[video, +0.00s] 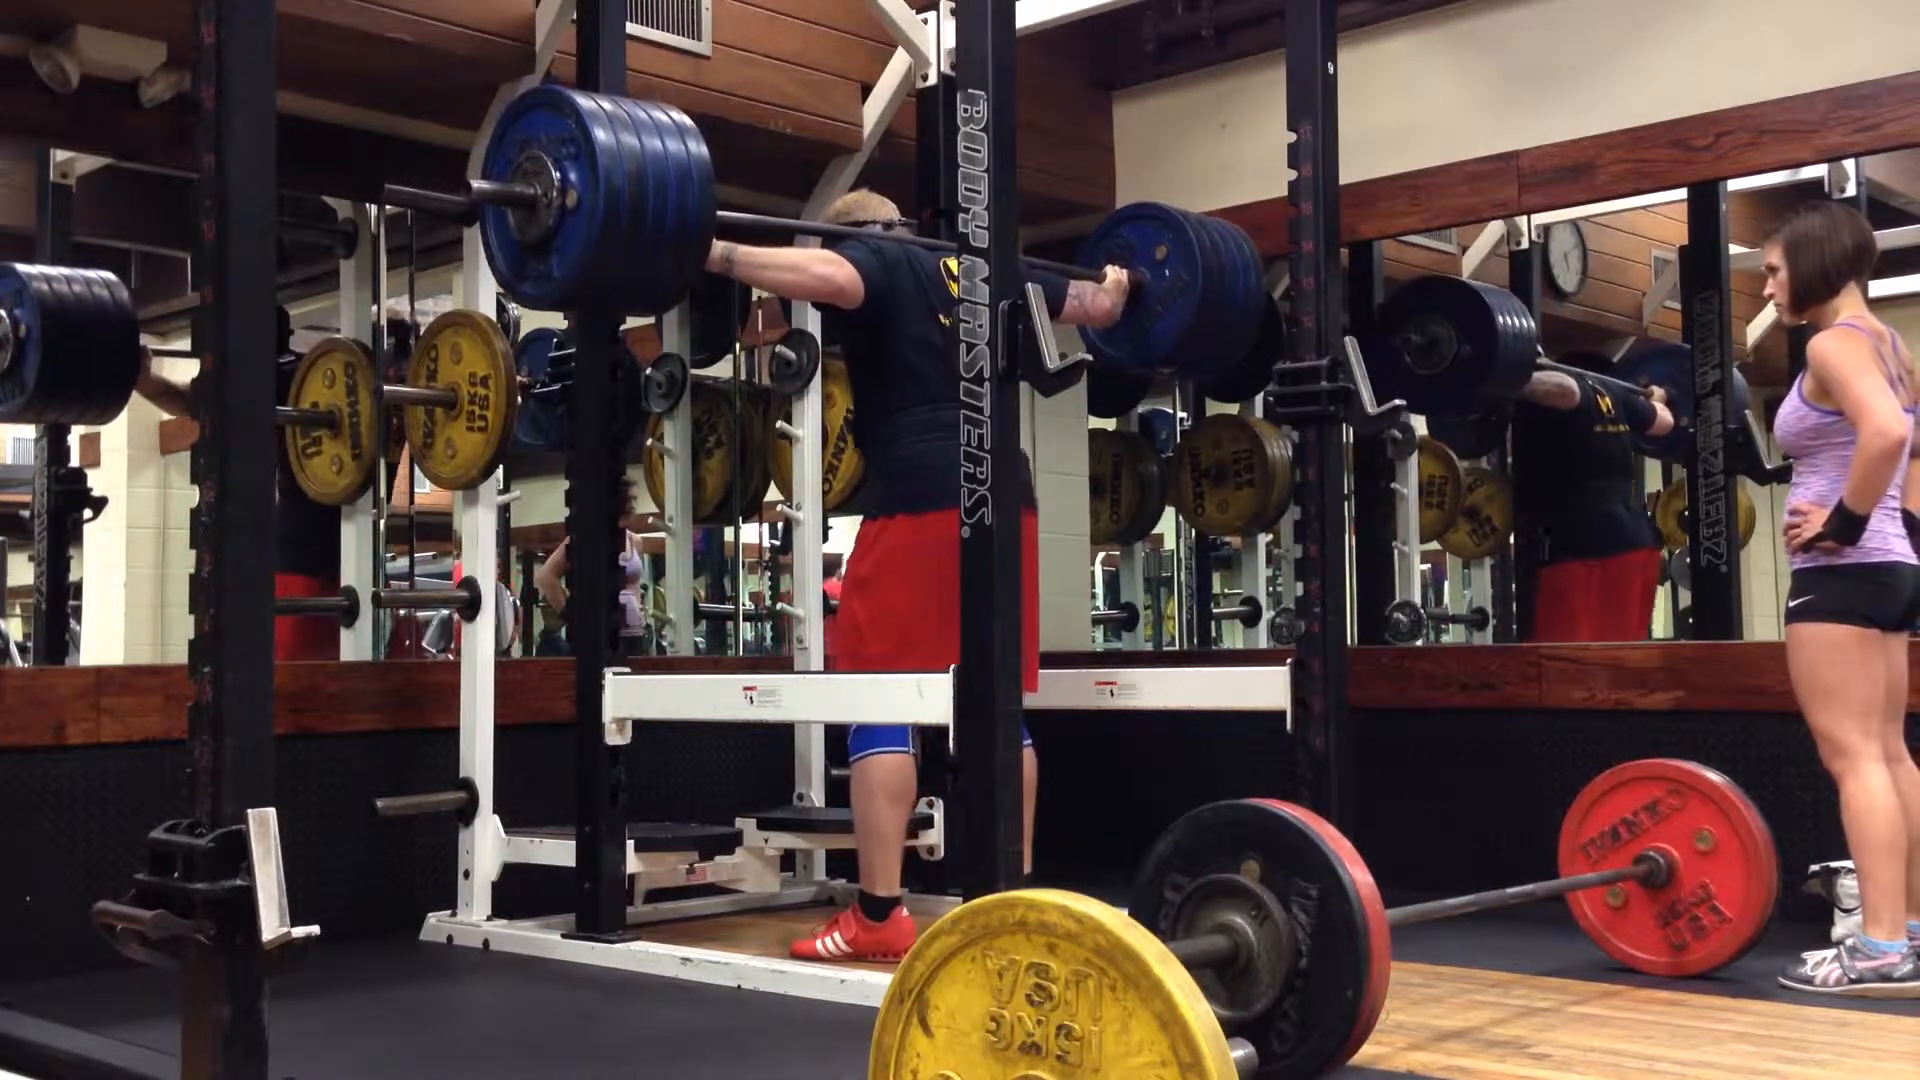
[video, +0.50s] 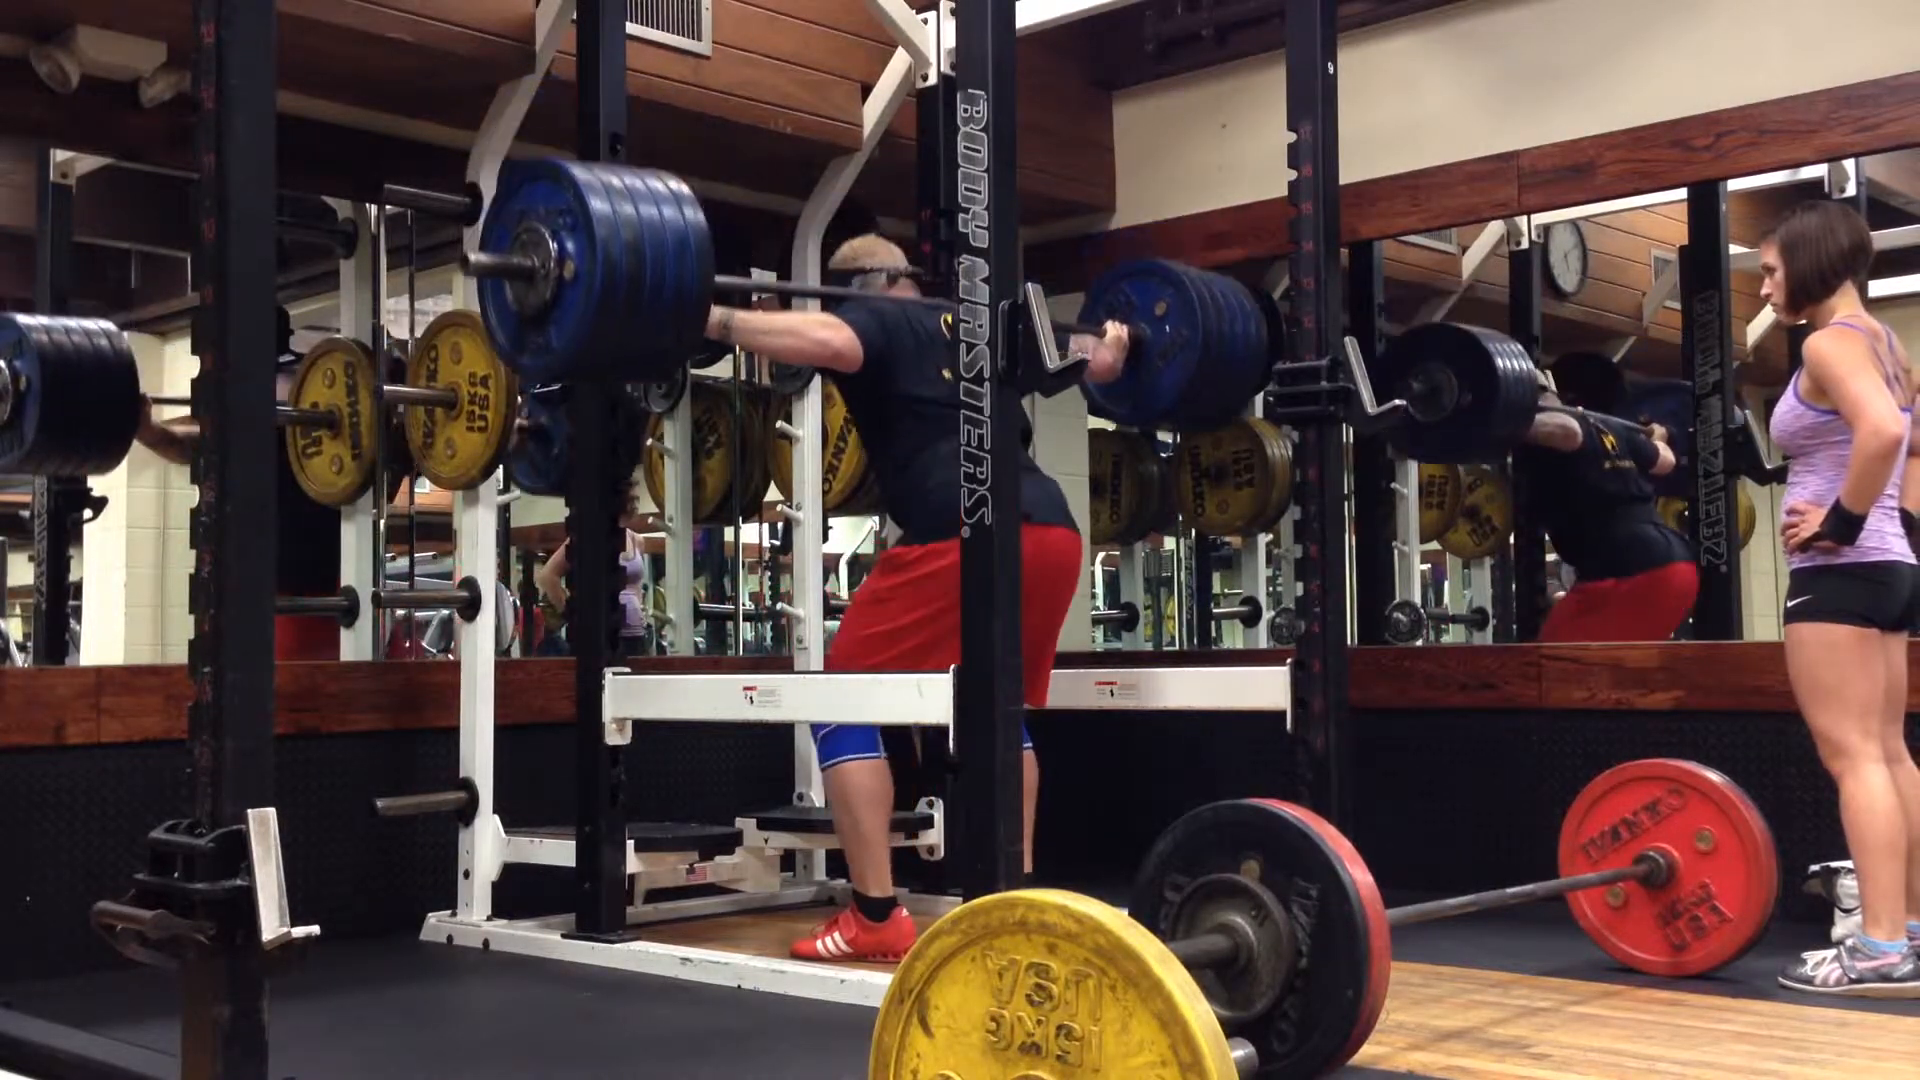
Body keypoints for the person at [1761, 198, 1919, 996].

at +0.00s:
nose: (1766, 283)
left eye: (1772, 267)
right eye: (1766, 267)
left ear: (1807, 265)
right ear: (1848, 264)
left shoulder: (1832, 344)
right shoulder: (1882, 342)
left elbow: (1885, 432)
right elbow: (1907, 444)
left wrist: (1842, 519)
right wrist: (1892, 516)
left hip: (1842, 574)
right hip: (1887, 569)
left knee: (1855, 758)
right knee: (1888, 750)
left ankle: (1882, 942)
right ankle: (1902, 927)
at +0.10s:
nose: (1766, 284)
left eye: (1772, 267)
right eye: (1765, 268)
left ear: (1806, 265)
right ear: (1848, 264)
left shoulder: (1831, 344)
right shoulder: (1881, 341)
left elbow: (1885, 432)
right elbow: (1907, 442)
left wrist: (1842, 519)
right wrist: (1893, 517)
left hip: (1841, 574)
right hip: (1886, 569)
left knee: (1855, 757)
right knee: (1888, 750)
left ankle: (1883, 942)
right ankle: (1901, 927)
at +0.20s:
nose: (1765, 281)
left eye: (1771, 266)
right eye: (1764, 266)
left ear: (1806, 264)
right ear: (1846, 263)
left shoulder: (1830, 343)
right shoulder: (1881, 341)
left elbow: (1884, 432)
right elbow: (1907, 443)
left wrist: (1841, 520)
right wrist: (1894, 518)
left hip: (1840, 573)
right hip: (1887, 569)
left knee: (1855, 757)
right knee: (1887, 749)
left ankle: (1882, 942)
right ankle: (1902, 927)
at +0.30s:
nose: (1764, 280)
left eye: (1770, 265)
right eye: (1763, 265)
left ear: (1805, 264)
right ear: (1845, 263)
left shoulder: (1829, 343)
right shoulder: (1880, 341)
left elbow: (1883, 432)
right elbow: (1907, 442)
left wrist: (1840, 520)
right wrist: (1895, 519)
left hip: (1840, 573)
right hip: (1887, 568)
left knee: (1855, 757)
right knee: (1887, 750)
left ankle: (1882, 942)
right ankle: (1902, 927)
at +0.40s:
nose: (1763, 282)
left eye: (1769, 267)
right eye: (1762, 267)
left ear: (1803, 265)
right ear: (1844, 264)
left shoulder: (1829, 343)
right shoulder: (1879, 341)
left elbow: (1882, 431)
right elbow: (1906, 444)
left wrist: (1840, 521)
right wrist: (1894, 519)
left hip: (1840, 574)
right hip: (1886, 569)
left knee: (1855, 758)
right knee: (1887, 750)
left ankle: (1882, 942)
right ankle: (1901, 927)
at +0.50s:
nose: (1762, 284)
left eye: (1768, 267)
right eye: (1761, 268)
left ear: (1803, 265)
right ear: (1843, 264)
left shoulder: (1828, 342)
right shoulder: (1878, 340)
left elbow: (1881, 431)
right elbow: (1906, 448)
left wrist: (1839, 521)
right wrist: (1893, 522)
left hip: (1839, 574)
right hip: (1885, 569)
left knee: (1855, 758)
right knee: (1887, 750)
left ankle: (1883, 942)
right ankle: (1901, 927)